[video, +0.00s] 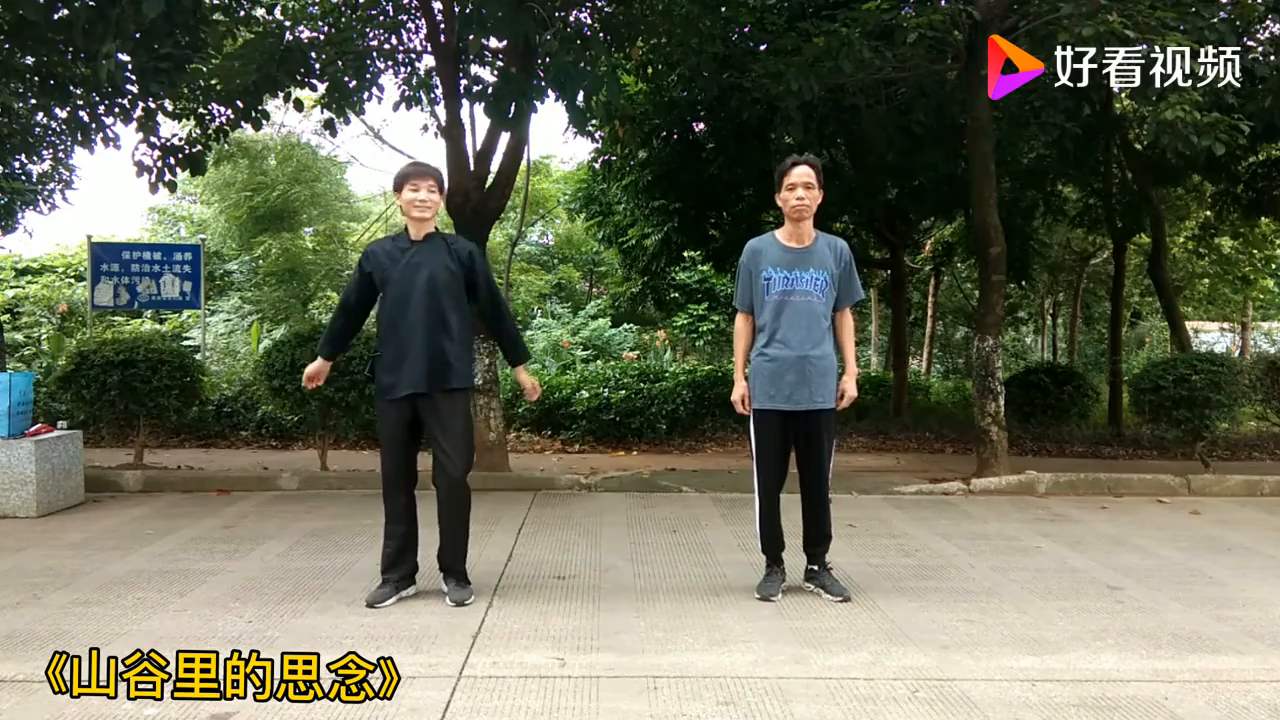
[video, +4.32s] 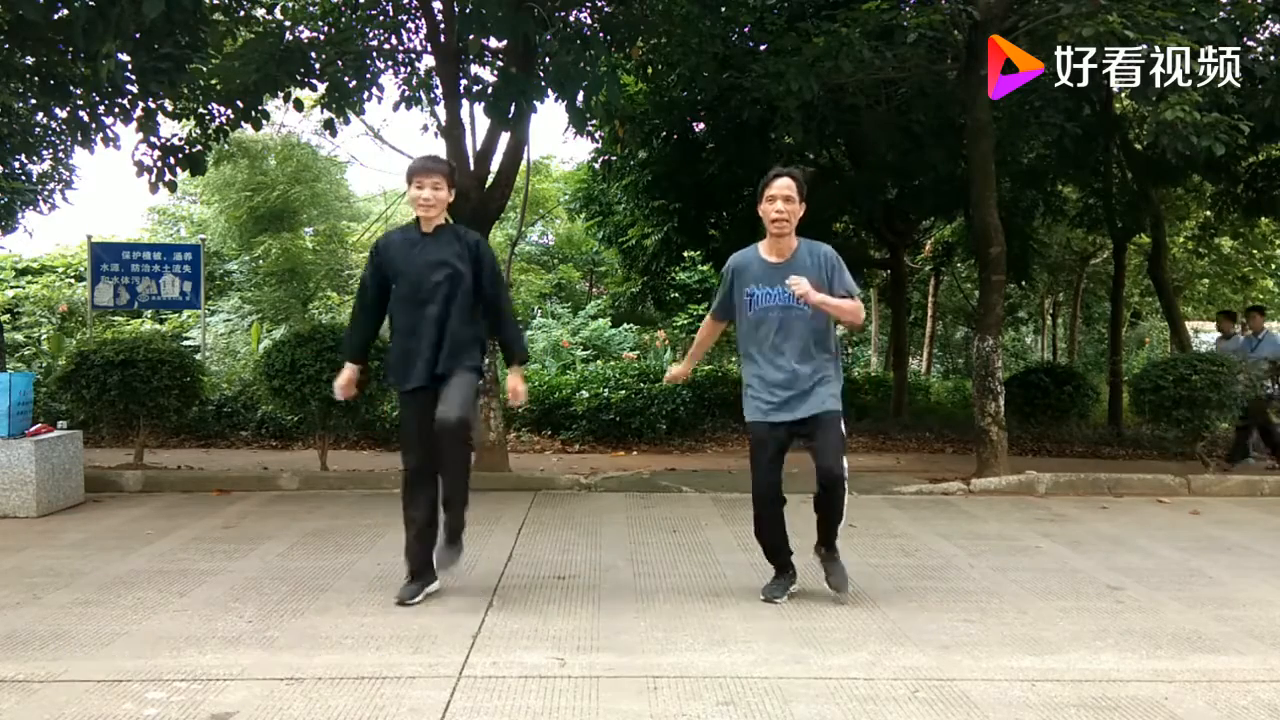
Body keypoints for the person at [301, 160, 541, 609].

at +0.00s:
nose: (423, 196)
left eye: (431, 190)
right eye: (413, 189)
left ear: (441, 199)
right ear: (398, 199)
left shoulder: (462, 251)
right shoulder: (379, 254)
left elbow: (494, 308)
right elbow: (350, 309)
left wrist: (520, 365)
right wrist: (325, 357)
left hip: (449, 383)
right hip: (394, 383)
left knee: (453, 479)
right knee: (395, 481)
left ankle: (455, 574)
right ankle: (398, 575)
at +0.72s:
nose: (443, 201)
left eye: (452, 194)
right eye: (436, 193)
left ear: (465, 201)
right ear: (423, 199)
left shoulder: (481, 255)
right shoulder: (398, 249)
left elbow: (505, 313)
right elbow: (375, 298)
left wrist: (495, 335)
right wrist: (366, 324)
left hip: (463, 382)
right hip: (407, 380)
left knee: (458, 480)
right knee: (403, 477)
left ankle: (457, 574)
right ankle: (398, 574)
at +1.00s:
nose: (438, 212)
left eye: (447, 204)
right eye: (430, 205)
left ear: (459, 211)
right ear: (418, 211)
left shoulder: (483, 263)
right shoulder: (400, 263)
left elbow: (495, 323)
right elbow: (386, 325)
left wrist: (445, 308)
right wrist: (416, 313)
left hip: (467, 388)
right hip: (413, 388)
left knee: (463, 480)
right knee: (396, 475)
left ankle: (456, 574)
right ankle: (400, 575)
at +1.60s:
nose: (424, 208)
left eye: (432, 200)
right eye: (415, 200)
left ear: (445, 207)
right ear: (403, 207)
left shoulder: (469, 262)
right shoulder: (382, 262)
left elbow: (481, 328)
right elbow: (364, 328)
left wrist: (455, 373)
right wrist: (383, 371)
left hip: (451, 386)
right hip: (396, 387)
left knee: (459, 480)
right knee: (395, 485)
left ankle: (455, 574)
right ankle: (404, 575)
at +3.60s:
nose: (443, 199)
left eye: (450, 192)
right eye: (434, 191)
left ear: (458, 199)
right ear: (415, 197)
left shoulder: (475, 253)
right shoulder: (390, 252)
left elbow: (489, 321)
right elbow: (374, 321)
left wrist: (486, 382)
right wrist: (372, 380)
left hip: (463, 383)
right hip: (407, 384)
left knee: (463, 481)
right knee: (411, 483)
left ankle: (464, 572)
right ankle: (412, 576)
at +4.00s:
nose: (435, 198)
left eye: (444, 191)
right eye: (427, 190)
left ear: (456, 198)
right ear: (414, 197)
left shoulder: (476, 249)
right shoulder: (398, 252)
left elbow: (513, 306)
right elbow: (377, 307)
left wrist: (531, 362)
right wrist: (349, 340)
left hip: (461, 382)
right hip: (408, 382)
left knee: (460, 481)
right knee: (410, 482)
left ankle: (462, 572)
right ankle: (412, 576)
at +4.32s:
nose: (426, 194)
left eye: (435, 187)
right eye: (419, 187)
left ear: (449, 193)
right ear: (408, 192)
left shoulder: (471, 245)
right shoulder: (388, 248)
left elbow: (499, 306)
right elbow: (368, 309)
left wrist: (516, 364)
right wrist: (352, 361)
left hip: (462, 362)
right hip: (412, 366)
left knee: (450, 422)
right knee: (417, 470)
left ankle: (453, 524)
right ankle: (421, 573)